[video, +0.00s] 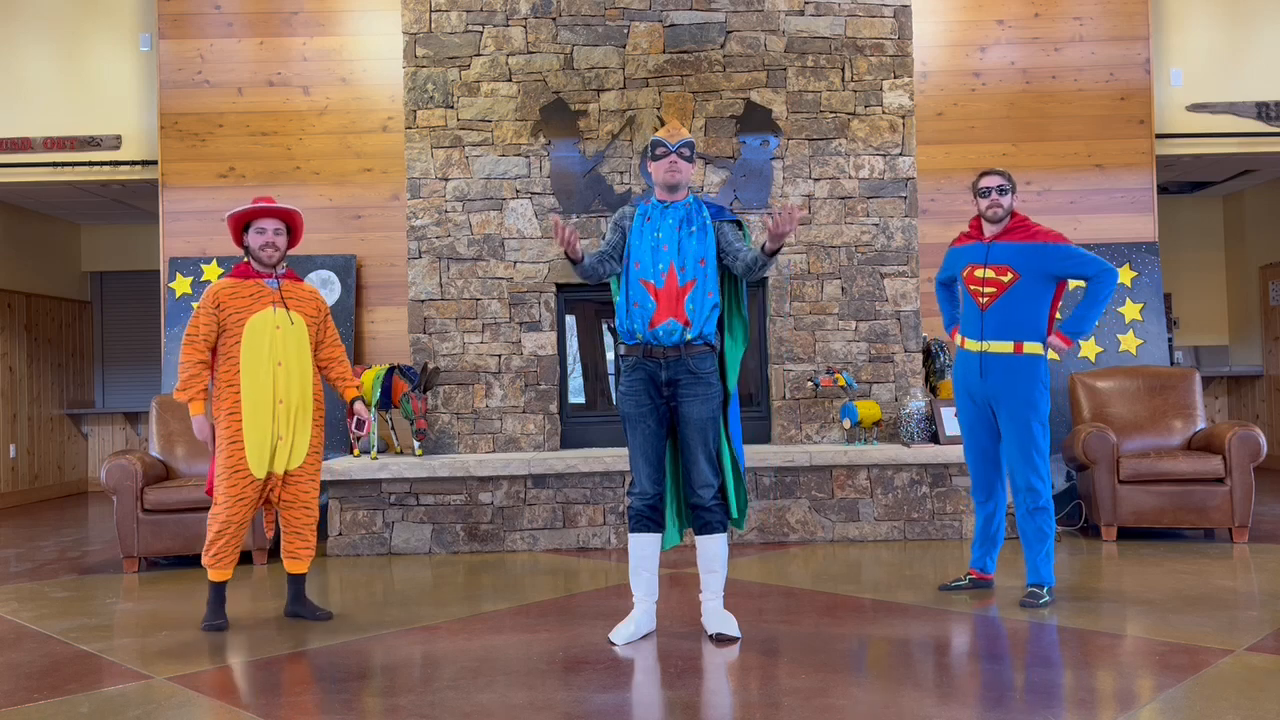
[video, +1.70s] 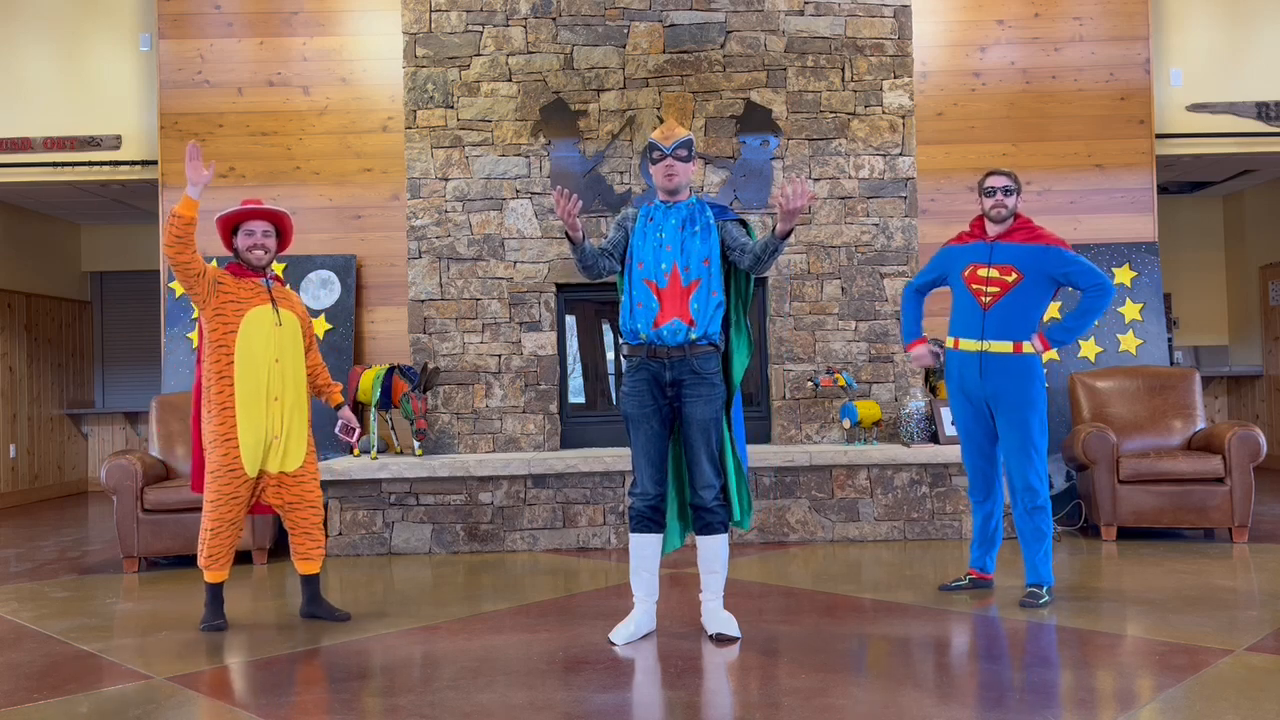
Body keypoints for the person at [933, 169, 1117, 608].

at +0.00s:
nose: (993, 199)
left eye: (1001, 191)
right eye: (985, 192)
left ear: (1014, 198)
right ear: (975, 201)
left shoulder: (1041, 244)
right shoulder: (961, 249)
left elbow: (1105, 274)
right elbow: (943, 283)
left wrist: (1070, 332)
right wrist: (954, 324)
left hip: (1021, 373)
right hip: (970, 372)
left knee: (1030, 481)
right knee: (983, 479)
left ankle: (1039, 581)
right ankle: (981, 571)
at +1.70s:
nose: (998, 198)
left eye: (1007, 192)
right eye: (990, 192)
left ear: (1019, 200)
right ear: (979, 200)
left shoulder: (1041, 249)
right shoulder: (956, 250)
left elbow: (1101, 288)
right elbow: (914, 290)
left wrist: (1052, 337)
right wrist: (915, 340)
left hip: (1017, 375)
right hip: (963, 374)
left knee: (1027, 480)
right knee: (981, 478)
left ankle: (1039, 582)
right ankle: (980, 572)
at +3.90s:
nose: (1002, 203)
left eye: (1009, 194)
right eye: (992, 197)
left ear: (1021, 198)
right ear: (982, 206)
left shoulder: (1052, 248)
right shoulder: (962, 247)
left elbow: (1114, 284)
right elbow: (906, 237)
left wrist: (1064, 335)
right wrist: (915, 192)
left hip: (1031, 372)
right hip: (975, 372)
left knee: (1035, 478)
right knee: (982, 476)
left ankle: (1040, 581)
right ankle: (980, 572)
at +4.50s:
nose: (1015, 200)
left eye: (1021, 192)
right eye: (1004, 195)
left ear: (1032, 196)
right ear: (991, 203)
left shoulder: (1065, 247)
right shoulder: (973, 252)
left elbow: (1124, 284)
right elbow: (943, 303)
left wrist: (1080, 337)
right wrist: (953, 355)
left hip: (1043, 384)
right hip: (986, 385)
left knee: (1041, 487)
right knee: (984, 482)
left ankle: (1040, 582)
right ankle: (981, 571)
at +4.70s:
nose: (994, 211)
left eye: (1001, 201)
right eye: (985, 206)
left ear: (1017, 200)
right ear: (977, 210)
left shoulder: (1058, 245)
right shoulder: (971, 251)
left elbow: (1122, 278)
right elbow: (960, 295)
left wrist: (1078, 336)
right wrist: (960, 339)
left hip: (1043, 381)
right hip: (987, 381)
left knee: (1043, 485)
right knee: (979, 479)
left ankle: (1041, 582)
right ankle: (980, 571)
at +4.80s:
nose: (991, 210)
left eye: (998, 200)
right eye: (981, 205)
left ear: (1014, 200)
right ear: (974, 211)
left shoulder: (1055, 245)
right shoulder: (970, 252)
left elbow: (1120, 280)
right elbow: (959, 295)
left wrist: (1074, 338)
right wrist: (958, 338)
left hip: (1041, 381)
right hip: (987, 381)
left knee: (1043, 486)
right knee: (979, 479)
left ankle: (1041, 582)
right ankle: (981, 570)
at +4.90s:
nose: (987, 208)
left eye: (994, 198)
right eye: (978, 203)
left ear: (1012, 199)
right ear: (971, 211)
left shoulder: (1052, 246)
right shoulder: (969, 254)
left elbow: (1116, 280)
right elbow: (958, 296)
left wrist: (1072, 338)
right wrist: (957, 335)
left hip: (1039, 380)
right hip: (985, 381)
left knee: (1042, 485)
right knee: (981, 479)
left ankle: (1041, 582)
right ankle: (981, 570)